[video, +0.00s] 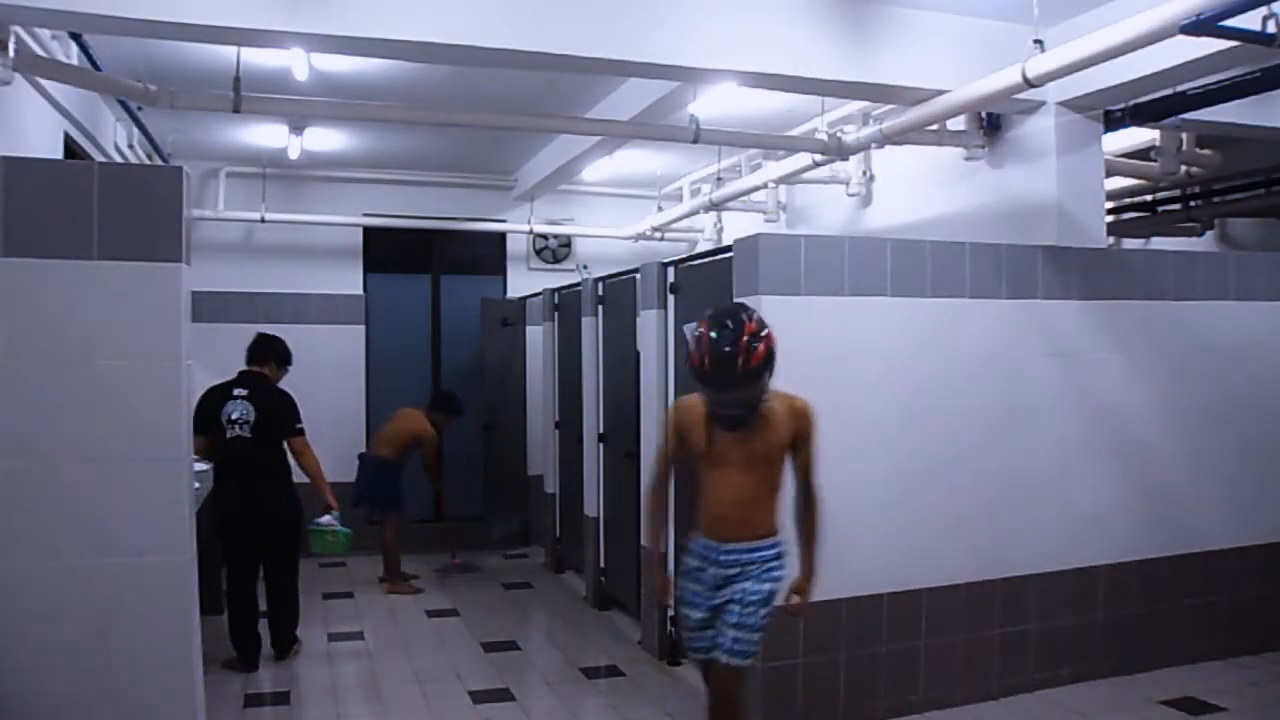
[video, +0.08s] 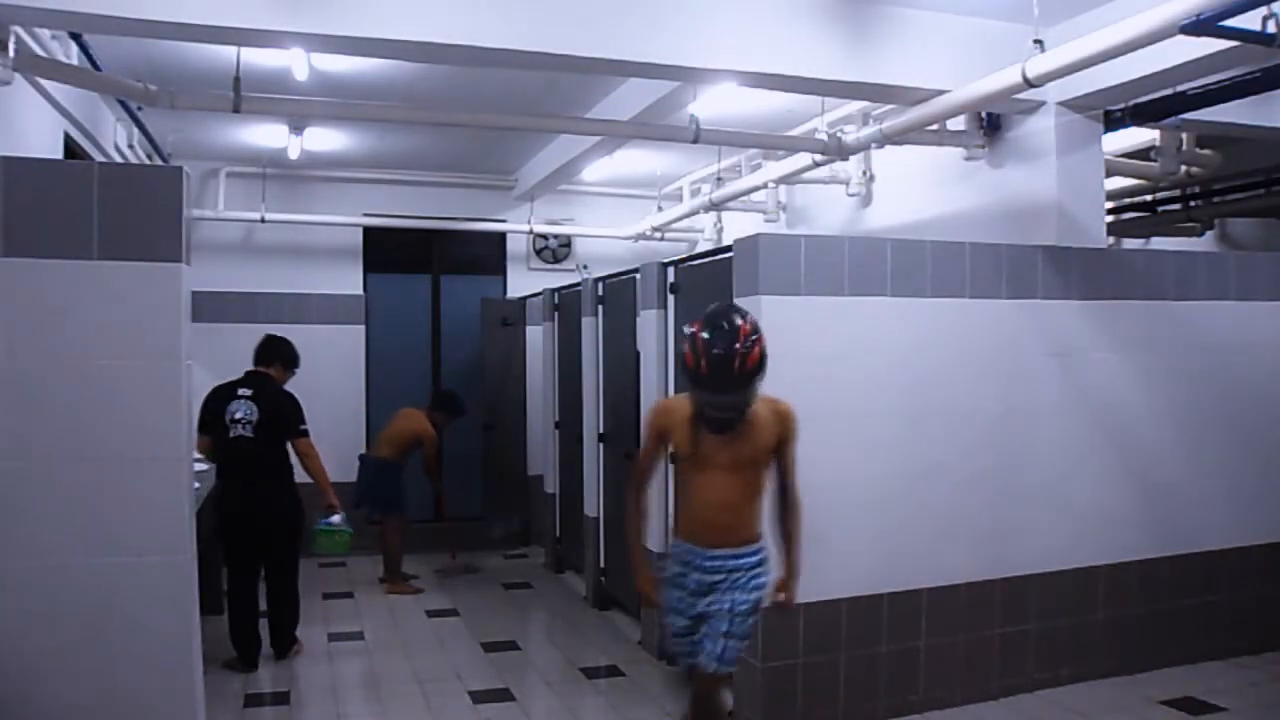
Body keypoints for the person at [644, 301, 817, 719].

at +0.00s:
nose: (729, 411)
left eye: (741, 401)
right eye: (720, 399)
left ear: (763, 381)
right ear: (704, 383)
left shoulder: (793, 416)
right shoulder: (685, 414)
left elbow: (806, 494)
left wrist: (807, 571)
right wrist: (655, 563)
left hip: (759, 563)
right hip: (700, 560)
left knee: (726, 680)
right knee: (713, 679)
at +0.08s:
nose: (718, 414)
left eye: (730, 404)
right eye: (708, 402)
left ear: (753, 385)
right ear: (690, 383)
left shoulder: (776, 420)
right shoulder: (669, 417)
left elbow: (787, 495)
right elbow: (635, 486)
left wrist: (790, 569)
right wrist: (639, 565)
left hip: (743, 567)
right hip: (685, 564)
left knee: (709, 679)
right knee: (697, 677)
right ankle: (722, 707)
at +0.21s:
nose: (707, 417)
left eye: (718, 408)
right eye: (696, 407)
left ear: (738, 388)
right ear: (673, 384)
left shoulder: (752, 424)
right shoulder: (643, 420)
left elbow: (758, 503)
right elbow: (619, 500)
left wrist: (763, 577)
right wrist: (622, 569)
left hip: (719, 573)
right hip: (656, 568)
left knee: (690, 691)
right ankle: (665, 717)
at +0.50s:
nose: (674, 417)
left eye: (684, 408)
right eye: (663, 407)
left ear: (699, 392)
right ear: (637, 381)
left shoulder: (699, 423)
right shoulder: (592, 419)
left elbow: (698, 502)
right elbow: (570, 506)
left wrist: (716, 564)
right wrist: (602, 578)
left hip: (678, 575)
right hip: (617, 577)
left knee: (672, 694)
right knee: (601, 700)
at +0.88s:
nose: (642, 418)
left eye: (652, 406)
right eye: (629, 407)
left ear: (668, 385)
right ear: (600, 382)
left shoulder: (675, 419)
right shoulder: (560, 421)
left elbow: (672, 493)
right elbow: (536, 499)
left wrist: (687, 553)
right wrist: (550, 567)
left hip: (657, 580)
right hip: (588, 583)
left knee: (656, 696)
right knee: (583, 702)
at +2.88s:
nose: (643, 413)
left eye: (651, 401)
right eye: (631, 403)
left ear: (663, 386)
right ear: (601, 383)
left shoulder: (667, 416)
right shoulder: (557, 420)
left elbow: (663, 499)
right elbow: (523, 503)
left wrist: (692, 545)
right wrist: (548, 571)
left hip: (655, 578)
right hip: (589, 582)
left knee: (655, 698)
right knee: (583, 705)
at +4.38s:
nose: (619, 361)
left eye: (630, 346)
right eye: (607, 347)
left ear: (645, 354)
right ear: (584, 354)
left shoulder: (661, 416)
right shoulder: (566, 416)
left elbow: (674, 494)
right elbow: (547, 496)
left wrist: (689, 556)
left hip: (641, 573)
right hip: (574, 576)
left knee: (647, 690)